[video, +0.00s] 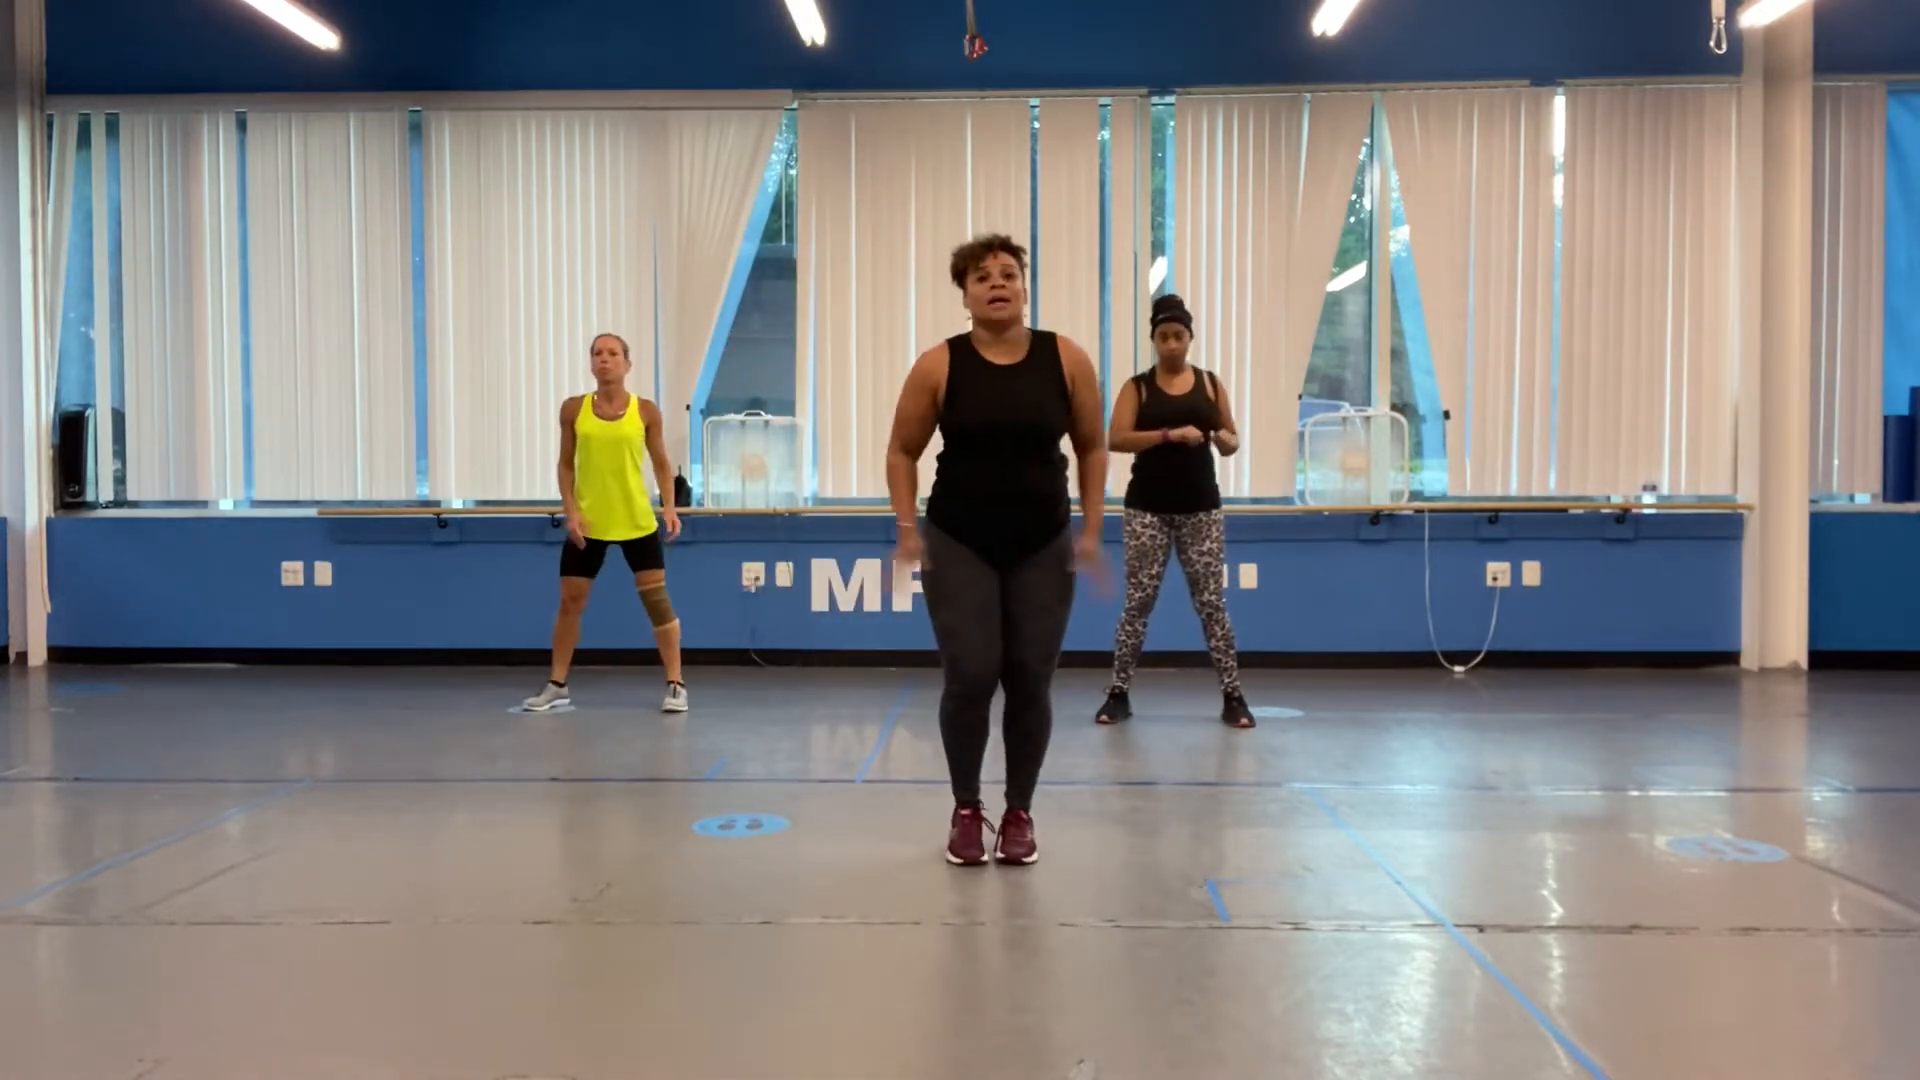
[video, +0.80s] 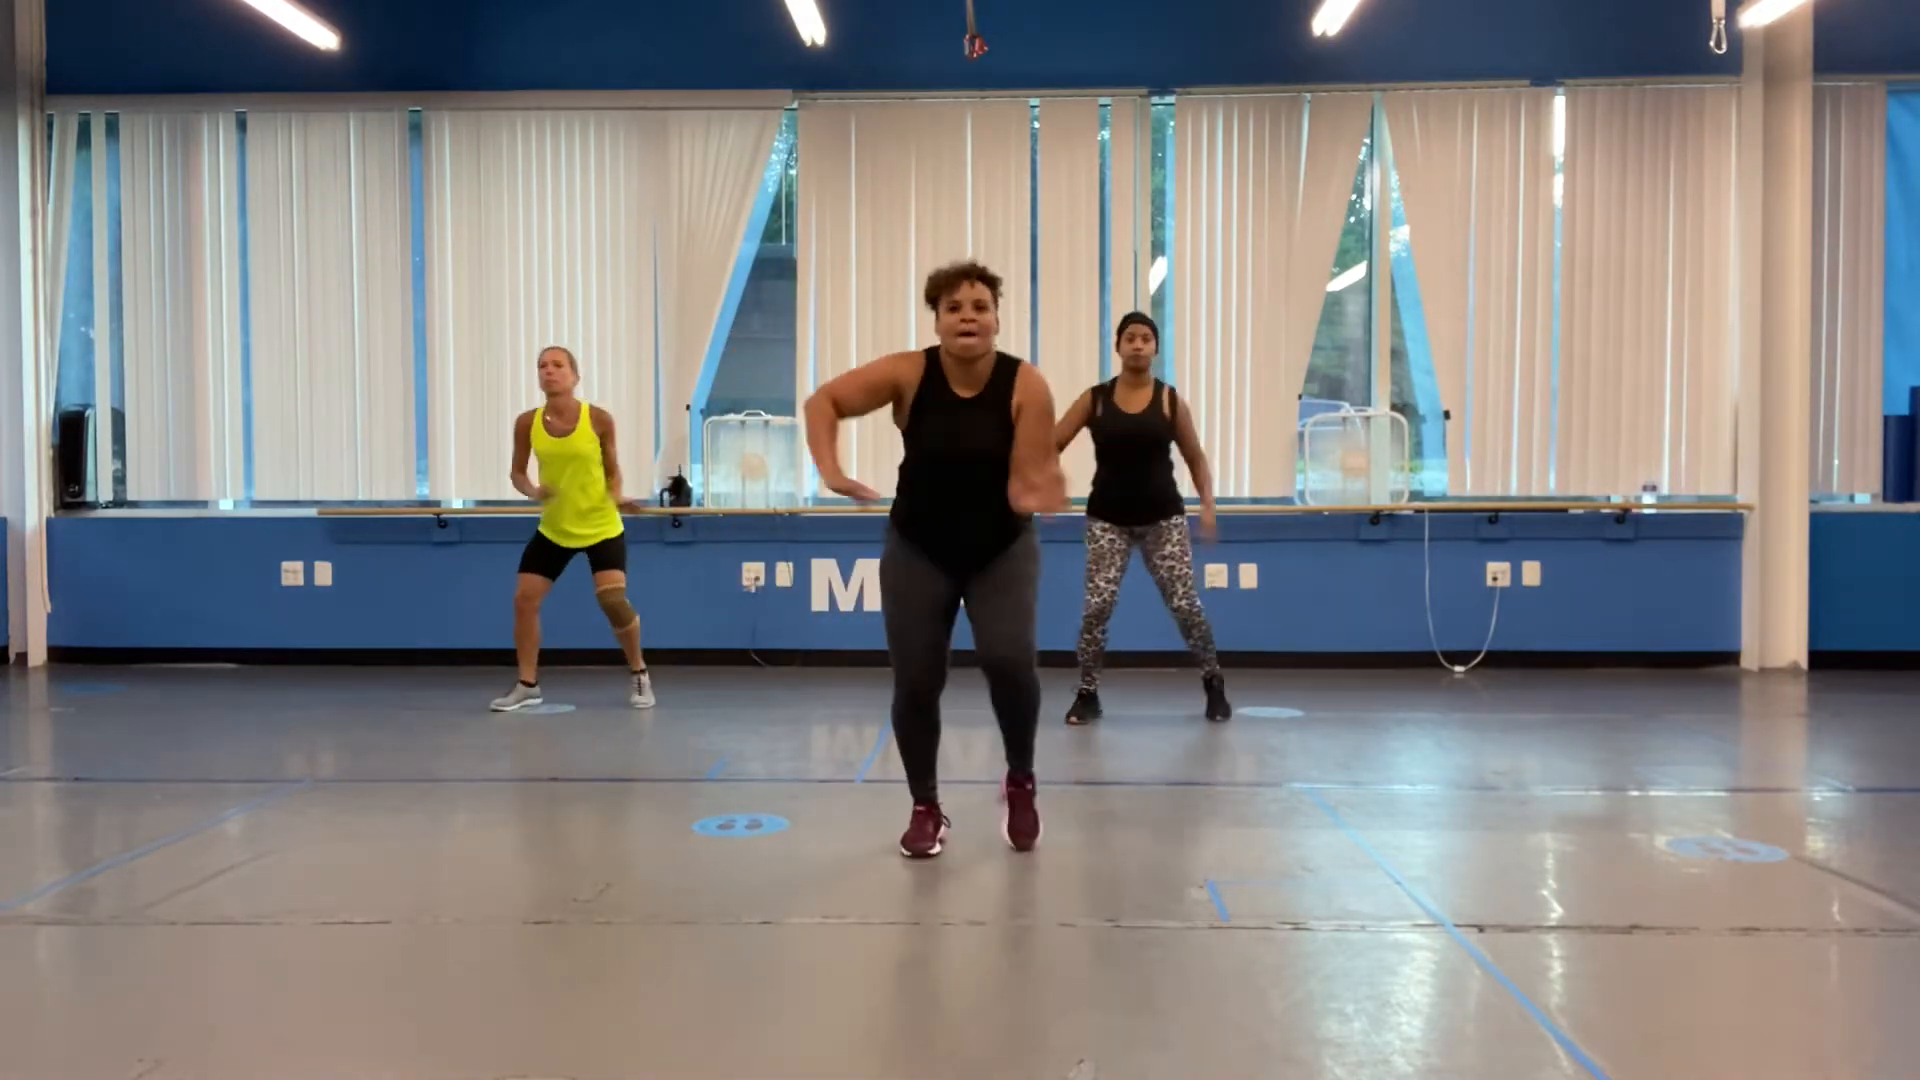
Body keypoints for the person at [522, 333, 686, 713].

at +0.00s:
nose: (603, 359)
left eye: (611, 353)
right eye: (598, 353)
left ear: (627, 363)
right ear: (590, 363)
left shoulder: (646, 411)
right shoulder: (573, 408)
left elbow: (661, 462)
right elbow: (565, 463)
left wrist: (669, 505)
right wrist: (570, 510)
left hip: (637, 519)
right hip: (590, 520)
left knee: (656, 600)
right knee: (570, 601)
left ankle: (675, 684)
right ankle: (557, 685)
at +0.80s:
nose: (548, 371)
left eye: (557, 365)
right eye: (543, 366)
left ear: (575, 376)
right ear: (538, 378)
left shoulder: (599, 418)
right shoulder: (528, 423)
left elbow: (613, 469)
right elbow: (518, 473)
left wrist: (616, 496)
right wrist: (533, 492)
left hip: (601, 523)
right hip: (556, 525)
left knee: (612, 599)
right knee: (526, 598)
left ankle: (639, 674)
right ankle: (527, 685)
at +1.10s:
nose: (567, 377)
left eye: (575, 370)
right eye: (561, 373)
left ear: (594, 379)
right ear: (557, 385)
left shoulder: (622, 414)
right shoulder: (554, 429)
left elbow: (654, 462)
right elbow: (541, 467)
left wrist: (604, 477)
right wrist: (500, 480)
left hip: (625, 521)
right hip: (578, 522)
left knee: (646, 598)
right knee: (549, 605)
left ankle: (657, 684)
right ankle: (532, 670)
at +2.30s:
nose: (496, 381)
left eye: (504, 374)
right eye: (490, 376)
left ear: (522, 382)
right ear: (486, 386)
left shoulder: (550, 423)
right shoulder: (478, 427)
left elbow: (568, 481)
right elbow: (450, 455)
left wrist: (523, 493)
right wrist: (430, 492)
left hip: (546, 527)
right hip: (495, 526)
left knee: (579, 596)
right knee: (461, 601)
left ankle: (601, 680)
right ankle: (454, 682)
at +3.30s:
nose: (576, 379)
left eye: (584, 373)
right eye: (570, 374)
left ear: (601, 380)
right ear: (564, 383)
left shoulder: (623, 421)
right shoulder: (556, 418)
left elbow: (631, 478)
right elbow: (524, 439)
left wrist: (580, 471)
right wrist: (489, 459)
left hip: (607, 525)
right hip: (559, 523)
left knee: (636, 598)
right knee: (521, 599)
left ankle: (643, 685)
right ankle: (491, 680)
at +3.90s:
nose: (663, 384)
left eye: (670, 378)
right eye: (656, 380)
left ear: (688, 386)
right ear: (652, 391)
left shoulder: (713, 428)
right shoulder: (645, 437)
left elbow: (736, 484)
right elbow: (644, 490)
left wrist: (692, 491)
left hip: (705, 532)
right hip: (659, 533)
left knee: (739, 599)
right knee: (627, 607)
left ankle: (738, 686)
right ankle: (634, 674)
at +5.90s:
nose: (555, 383)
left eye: (563, 377)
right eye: (549, 378)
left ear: (579, 385)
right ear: (543, 388)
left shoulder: (602, 429)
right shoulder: (531, 428)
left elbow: (612, 479)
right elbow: (507, 463)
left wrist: (603, 502)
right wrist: (504, 501)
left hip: (592, 526)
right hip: (544, 526)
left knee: (621, 589)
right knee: (509, 596)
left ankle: (641, 662)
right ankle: (513, 684)